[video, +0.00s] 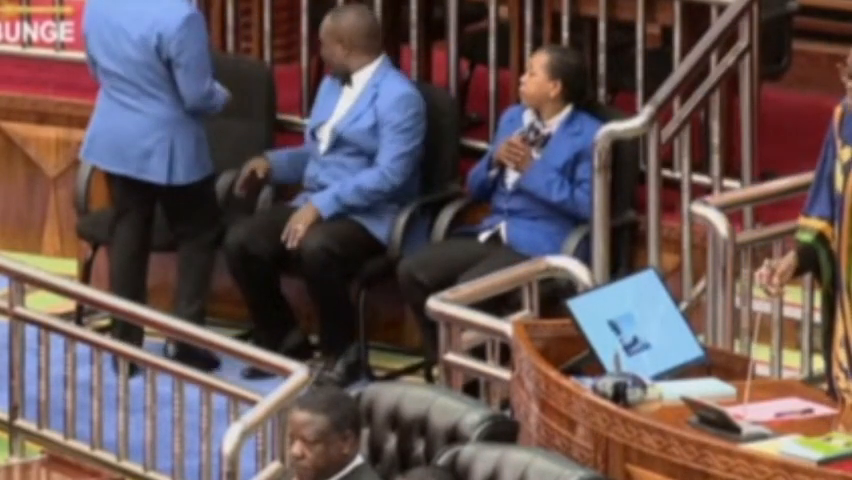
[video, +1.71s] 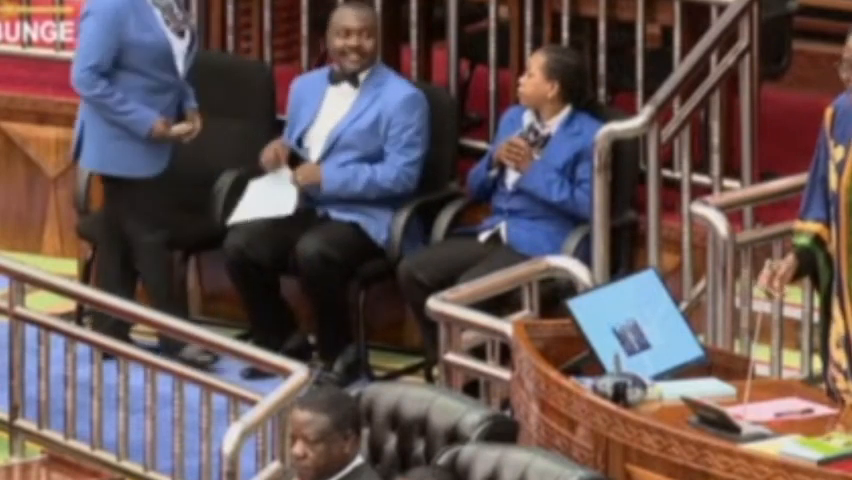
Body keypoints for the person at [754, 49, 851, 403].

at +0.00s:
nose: (846, 75)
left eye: (847, 69)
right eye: (845, 68)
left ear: (845, 74)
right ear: (842, 72)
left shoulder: (841, 119)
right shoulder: (842, 119)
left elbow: (824, 201)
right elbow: (826, 200)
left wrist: (797, 259)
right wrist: (797, 259)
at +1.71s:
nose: (844, 69)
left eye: (849, 62)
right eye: (843, 61)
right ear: (839, 61)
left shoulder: (840, 114)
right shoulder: (839, 113)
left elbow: (819, 203)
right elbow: (821, 201)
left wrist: (797, 259)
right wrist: (796, 260)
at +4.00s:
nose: (848, 68)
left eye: (851, 57)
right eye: (842, 57)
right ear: (832, 58)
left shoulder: (830, 118)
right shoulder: (828, 118)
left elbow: (817, 218)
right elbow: (817, 216)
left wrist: (795, 233)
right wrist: (792, 234)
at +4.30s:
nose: (844, 69)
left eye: (849, 58)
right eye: (837, 58)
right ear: (825, 58)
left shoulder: (830, 119)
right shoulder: (824, 119)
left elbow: (806, 204)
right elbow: (807, 203)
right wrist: (795, 237)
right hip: (830, 325)